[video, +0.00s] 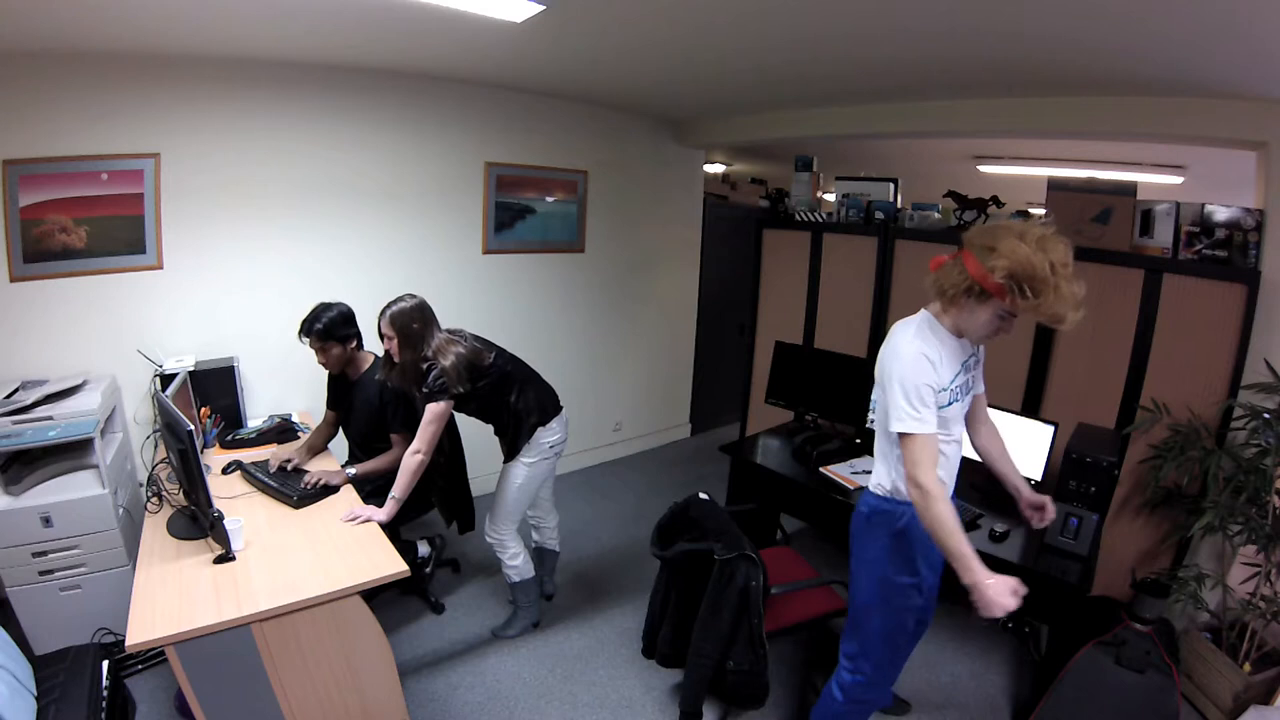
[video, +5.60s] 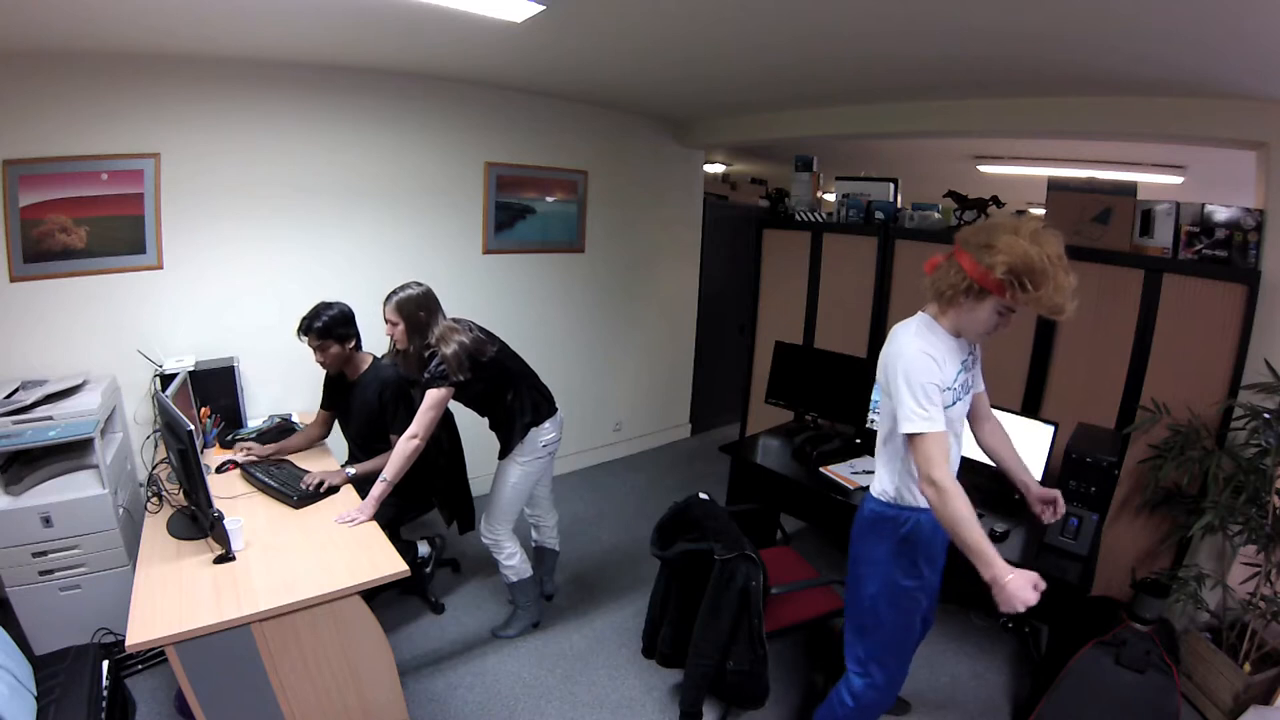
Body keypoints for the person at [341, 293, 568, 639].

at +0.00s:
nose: (385, 346)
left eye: (389, 339)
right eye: (384, 338)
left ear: (412, 337)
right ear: (420, 330)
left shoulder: (442, 370)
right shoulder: (449, 340)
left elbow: (420, 451)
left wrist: (388, 509)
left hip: (537, 433)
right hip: (546, 420)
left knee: (500, 530)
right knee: (542, 507)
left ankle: (527, 609)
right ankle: (546, 581)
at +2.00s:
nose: (386, 335)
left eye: (391, 327)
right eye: (385, 326)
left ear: (416, 324)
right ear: (421, 320)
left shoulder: (447, 357)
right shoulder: (451, 331)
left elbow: (418, 442)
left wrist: (382, 503)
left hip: (532, 429)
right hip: (540, 418)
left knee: (499, 528)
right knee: (539, 505)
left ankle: (527, 608)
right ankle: (545, 580)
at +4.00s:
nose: (387, 328)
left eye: (390, 320)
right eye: (386, 320)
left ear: (413, 318)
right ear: (422, 314)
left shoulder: (444, 353)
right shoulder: (454, 326)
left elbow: (414, 436)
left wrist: (371, 500)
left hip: (528, 431)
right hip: (540, 419)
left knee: (494, 529)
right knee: (539, 507)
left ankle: (527, 607)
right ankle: (545, 581)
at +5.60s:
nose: (388, 332)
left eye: (392, 323)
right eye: (387, 323)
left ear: (417, 321)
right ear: (424, 317)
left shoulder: (447, 355)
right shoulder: (456, 329)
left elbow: (415, 438)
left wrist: (372, 500)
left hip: (530, 432)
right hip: (542, 419)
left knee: (495, 529)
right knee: (540, 505)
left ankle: (527, 607)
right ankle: (545, 581)